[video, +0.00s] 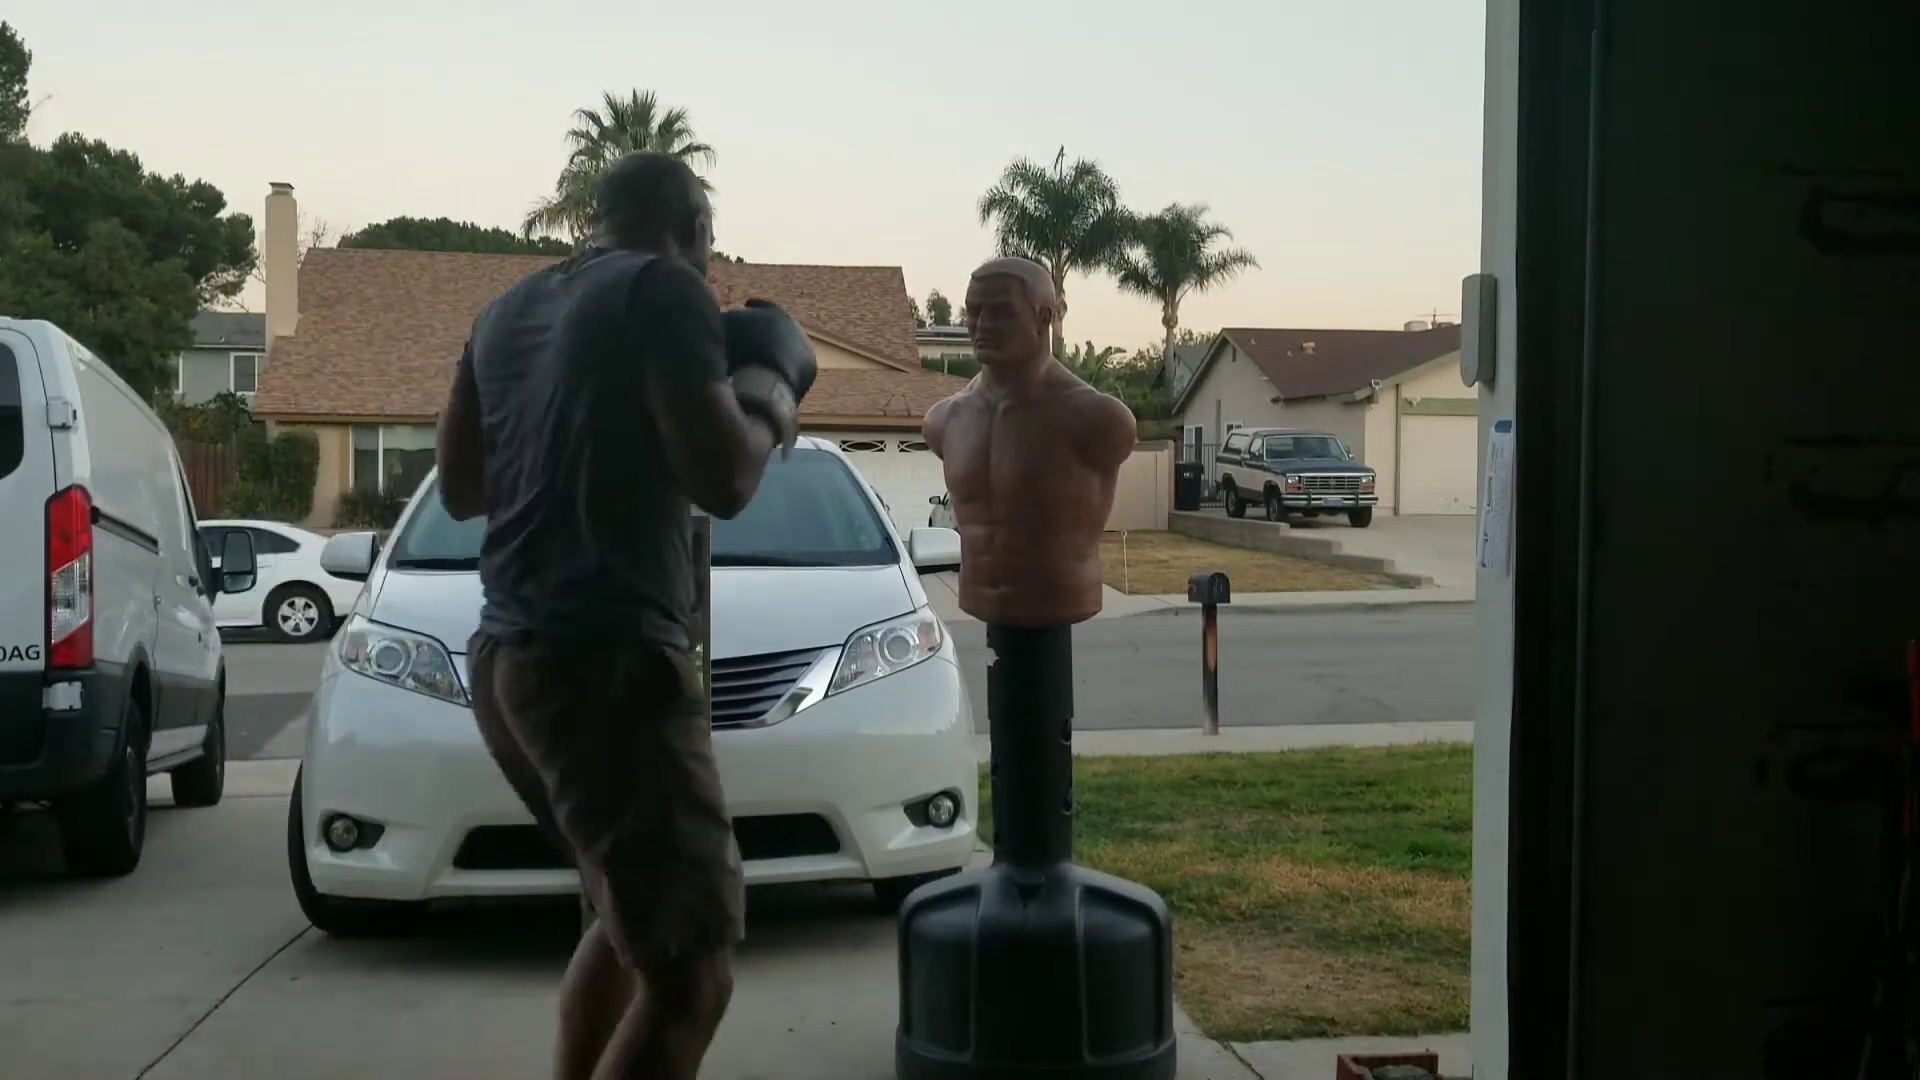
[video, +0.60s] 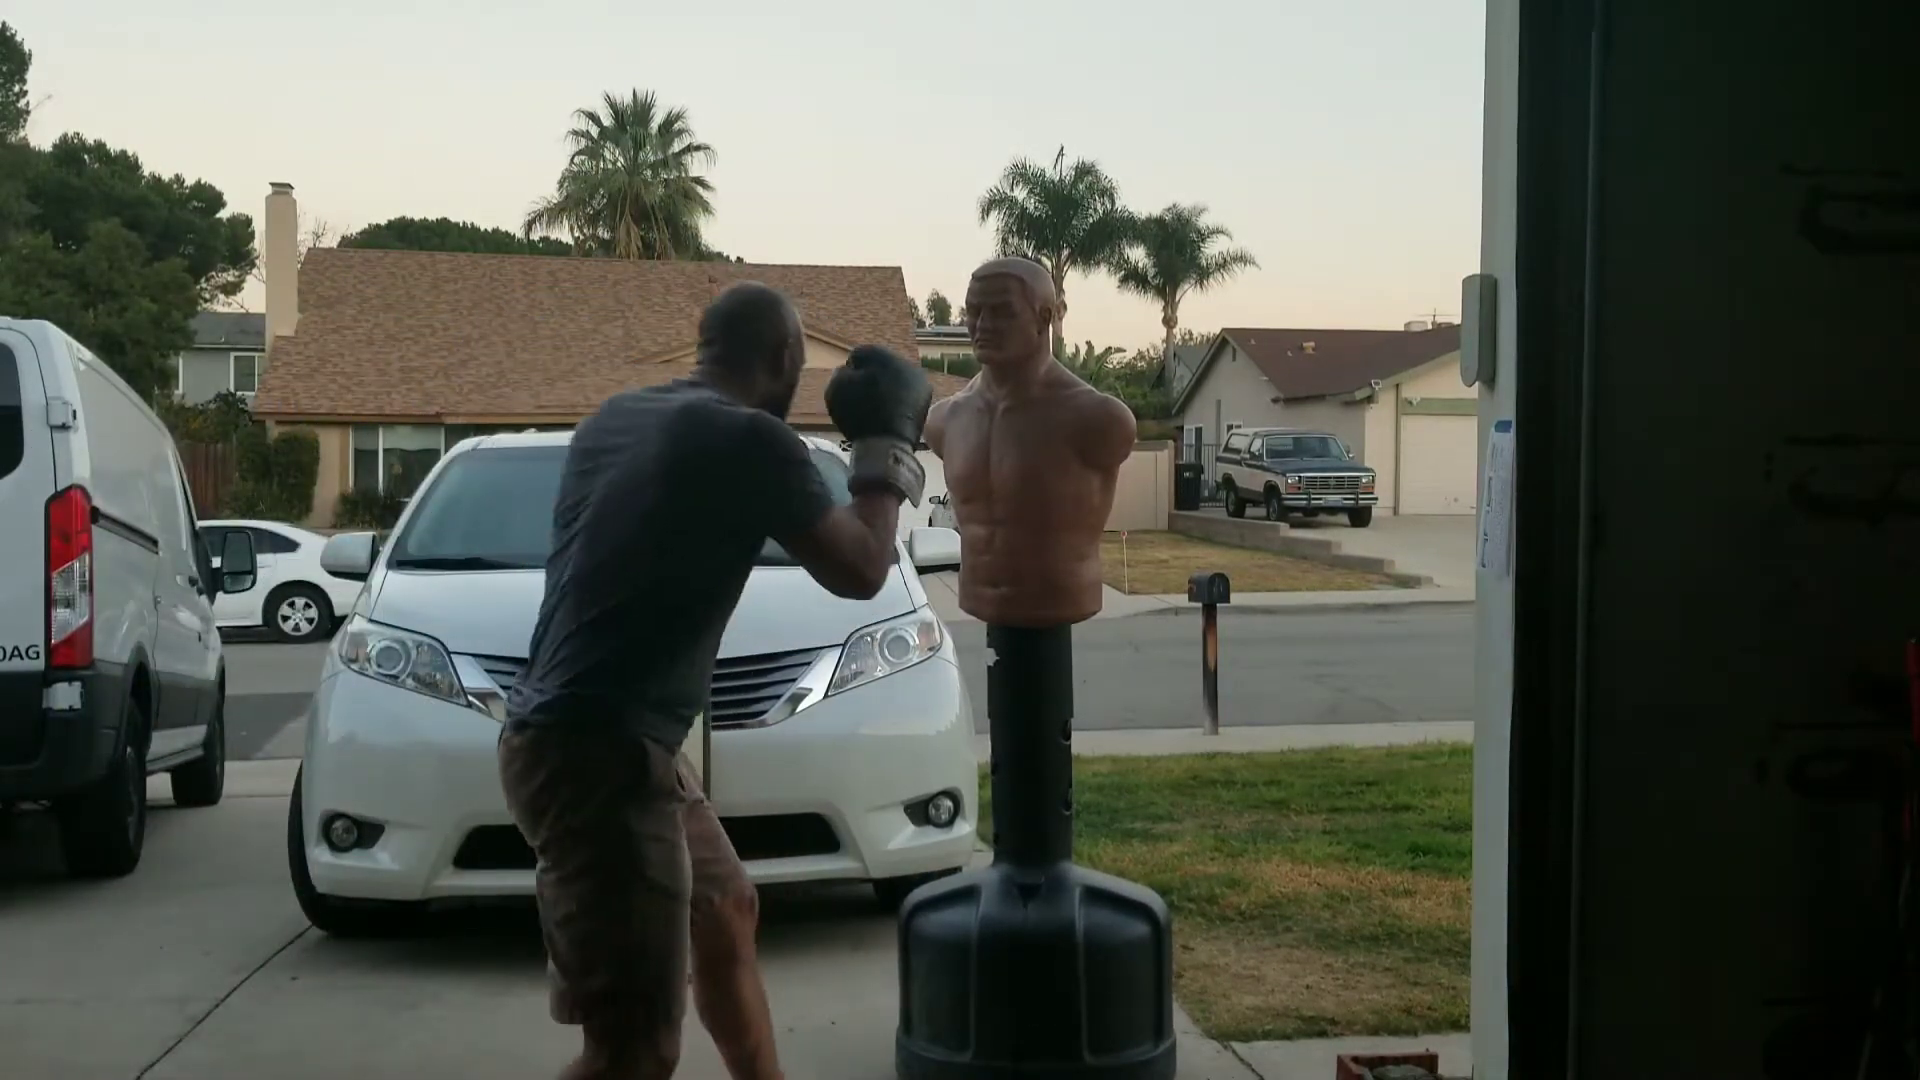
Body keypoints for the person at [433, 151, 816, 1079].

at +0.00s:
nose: (710, 255)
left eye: (711, 240)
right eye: (708, 238)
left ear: (599, 225)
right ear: (686, 229)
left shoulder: (503, 311)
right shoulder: (665, 288)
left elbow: (463, 489)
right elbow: (727, 481)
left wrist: (587, 422)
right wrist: (768, 390)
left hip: (511, 665)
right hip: (612, 665)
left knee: (624, 917)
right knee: (692, 966)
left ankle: (576, 1070)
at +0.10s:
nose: (721, 279)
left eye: (722, 271)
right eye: (724, 269)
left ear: (620, 259)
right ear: (713, 261)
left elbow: (521, 530)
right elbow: (801, 501)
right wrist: (815, 388)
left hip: (553, 697)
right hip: (655, 694)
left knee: (665, 935)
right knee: (709, 998)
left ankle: (667, 1064)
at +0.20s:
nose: (758, 326)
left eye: (756, 318)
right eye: (759, 314)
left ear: (658, 310)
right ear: (751, 307)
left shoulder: (569, 394)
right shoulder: (754, 379)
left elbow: (558, 561)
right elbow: (837, 551)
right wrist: (857, 435)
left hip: (582, 728)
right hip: (672, 729)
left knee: (721, 1001)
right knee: (753, 1029)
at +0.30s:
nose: (822, 375)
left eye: (820, 360)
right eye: (820, 359)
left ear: (728, 354)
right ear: (802, 361)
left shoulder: (657, 419)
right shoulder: (759, 436)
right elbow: (815, 618)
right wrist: (850, 525)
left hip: (583, 745)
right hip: (657, 753)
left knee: (765, 1014)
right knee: (815, 1012)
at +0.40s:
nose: (862, 427)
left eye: (865, 408)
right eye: (863, 406)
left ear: (771, 387)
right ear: (838, 399)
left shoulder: (718, 447)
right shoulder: (759, 456)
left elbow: (775, 612)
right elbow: (805, 632)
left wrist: (857, 587)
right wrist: (865, 550)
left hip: (592, 742)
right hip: (635, 751)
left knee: (771, 993)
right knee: (791, 1003)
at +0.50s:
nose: (849, 405)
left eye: (850, 391)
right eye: (847, 388)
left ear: (752, 379)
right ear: (831, 389)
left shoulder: (682, 437)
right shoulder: (771, 454)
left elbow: (724, 583)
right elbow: (868, 598)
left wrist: (851, 571)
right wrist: (898, 472)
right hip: (614, 753)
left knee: (747, 901)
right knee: (677, 1049)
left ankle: (767, 1072)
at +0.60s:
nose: (796, 383)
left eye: (796, 367)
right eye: (796, 367)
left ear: (704, 352)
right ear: (779, 364)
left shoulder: (611, 418)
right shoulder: (750, 440)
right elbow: (861, 570)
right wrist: (879, 447)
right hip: (604, 749)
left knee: (725, 903)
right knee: (633, 1050)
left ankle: (761, 1072)